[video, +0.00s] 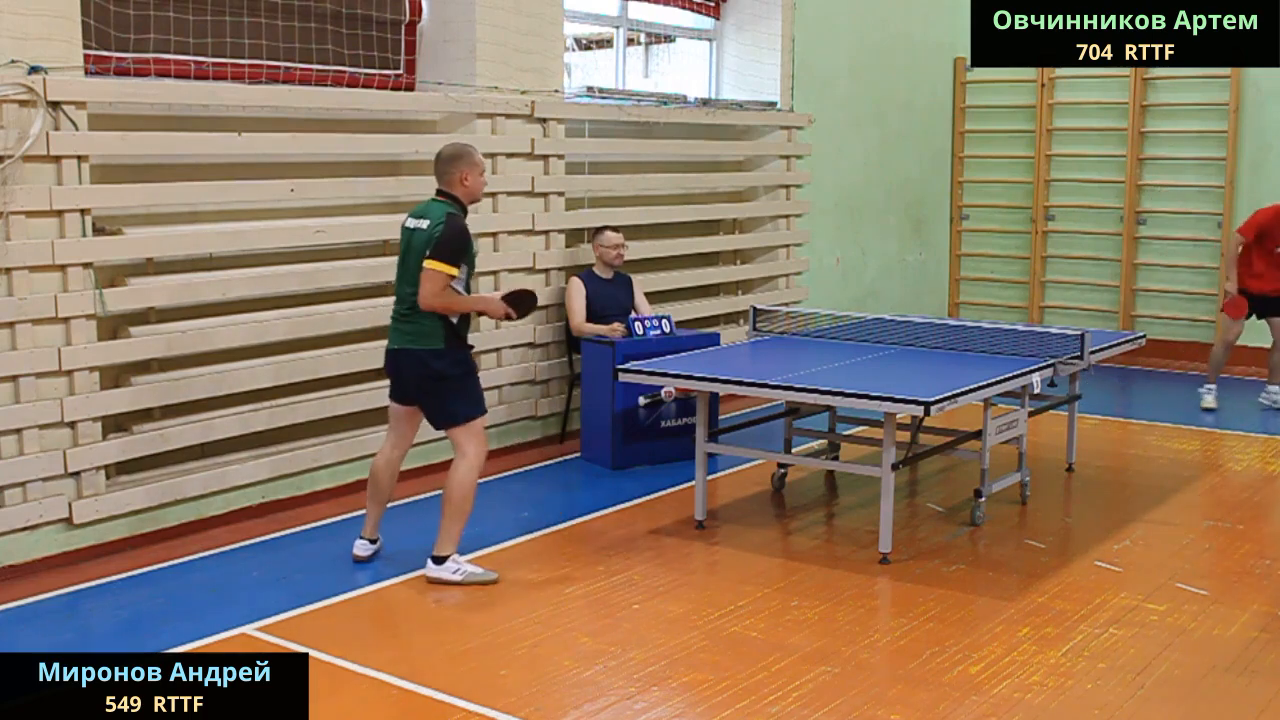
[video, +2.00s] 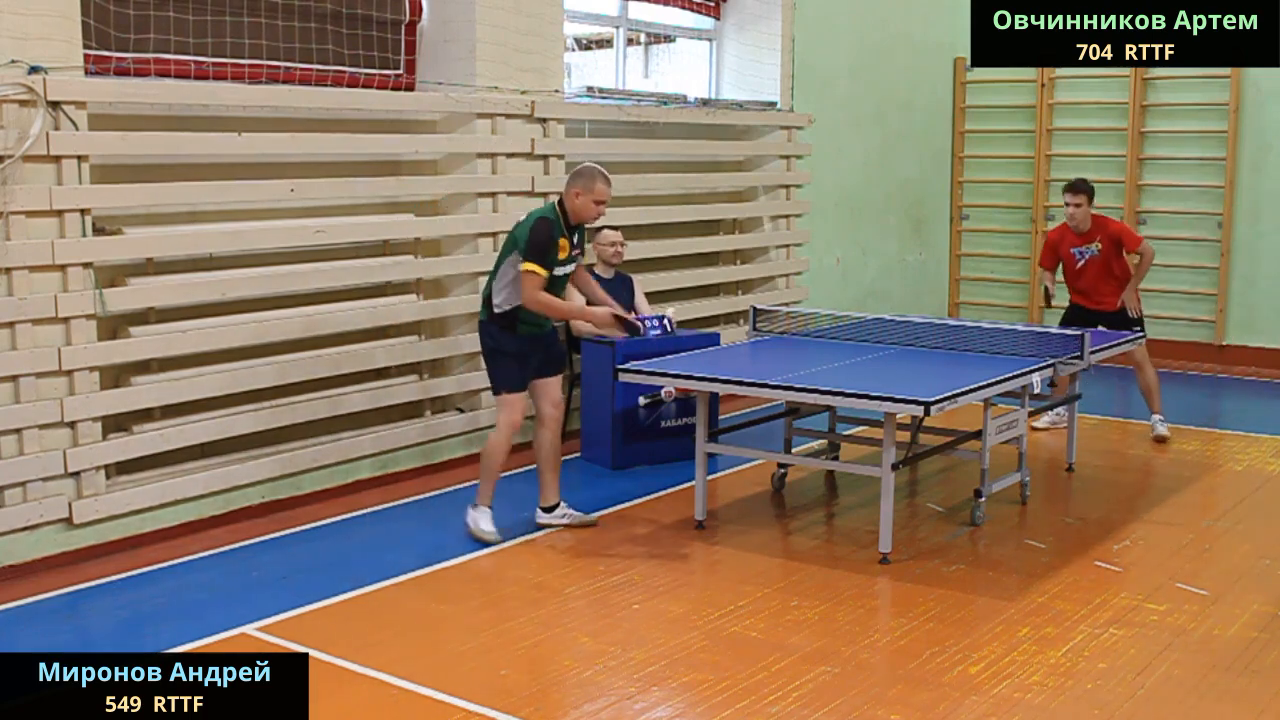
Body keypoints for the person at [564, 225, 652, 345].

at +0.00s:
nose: (621, 253)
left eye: (623, 247)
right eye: (614, 248)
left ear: (625, 248)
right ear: (597, 249)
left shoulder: (628, 281)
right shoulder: (578, 283)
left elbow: (648, 318)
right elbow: (577, 327)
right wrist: (606, 330)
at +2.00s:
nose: (619, 250)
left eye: (622, 245)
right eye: (612, 245)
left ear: (625, 247)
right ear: (595, 248)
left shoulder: (630, 281)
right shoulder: (580, 279)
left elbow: (649, 318)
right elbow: (577, 328)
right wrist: (616, 333)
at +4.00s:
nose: (619, 251)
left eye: (622, 246)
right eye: (612, 246)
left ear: (624, 247)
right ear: (595, 249)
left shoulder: (629, 281)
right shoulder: (579, 283)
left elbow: (648, 314)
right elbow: (579, 325)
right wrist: (605, 330)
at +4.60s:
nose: (617, 251)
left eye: (621, 246)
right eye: (610, 246)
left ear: (624, 248)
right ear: (595, 249)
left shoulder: (627, 280)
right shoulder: (581, 280)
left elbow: (649, 317)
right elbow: (577, 327)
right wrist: (606, 330)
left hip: (630, 345)